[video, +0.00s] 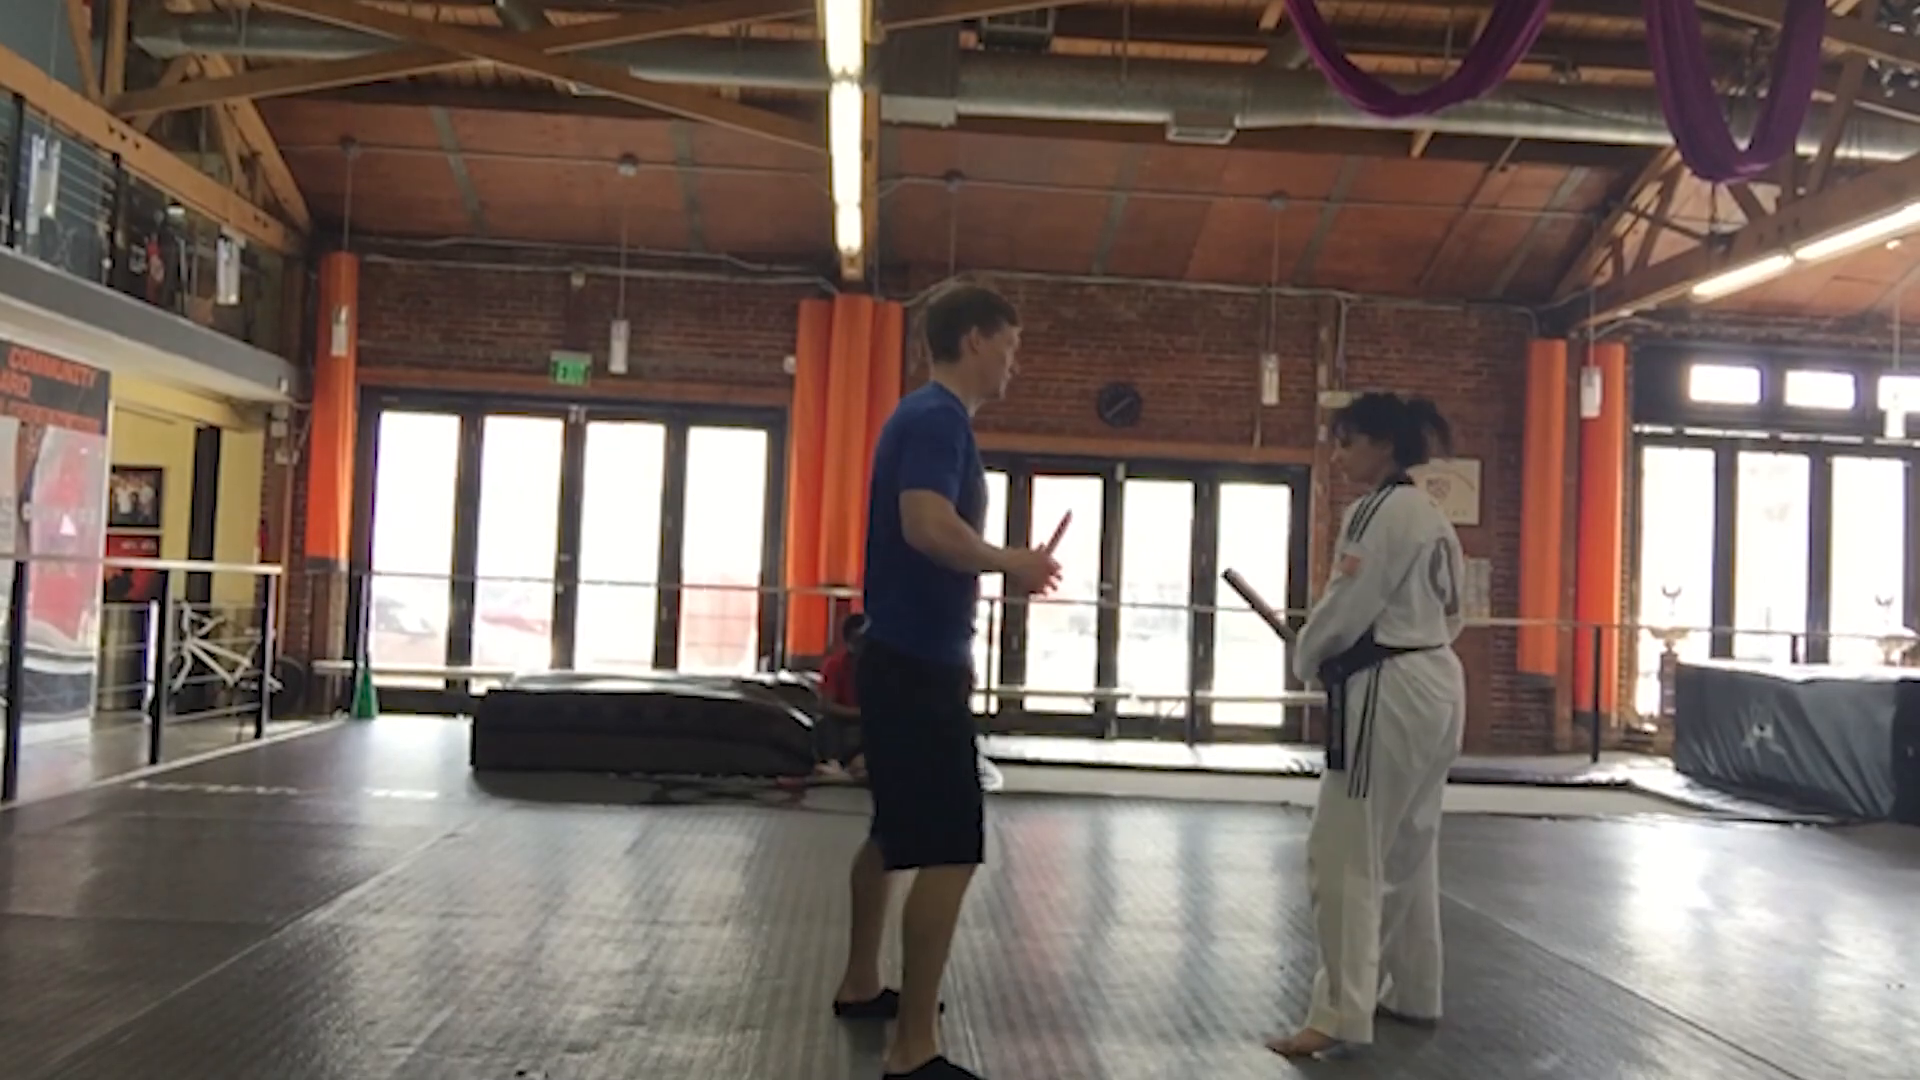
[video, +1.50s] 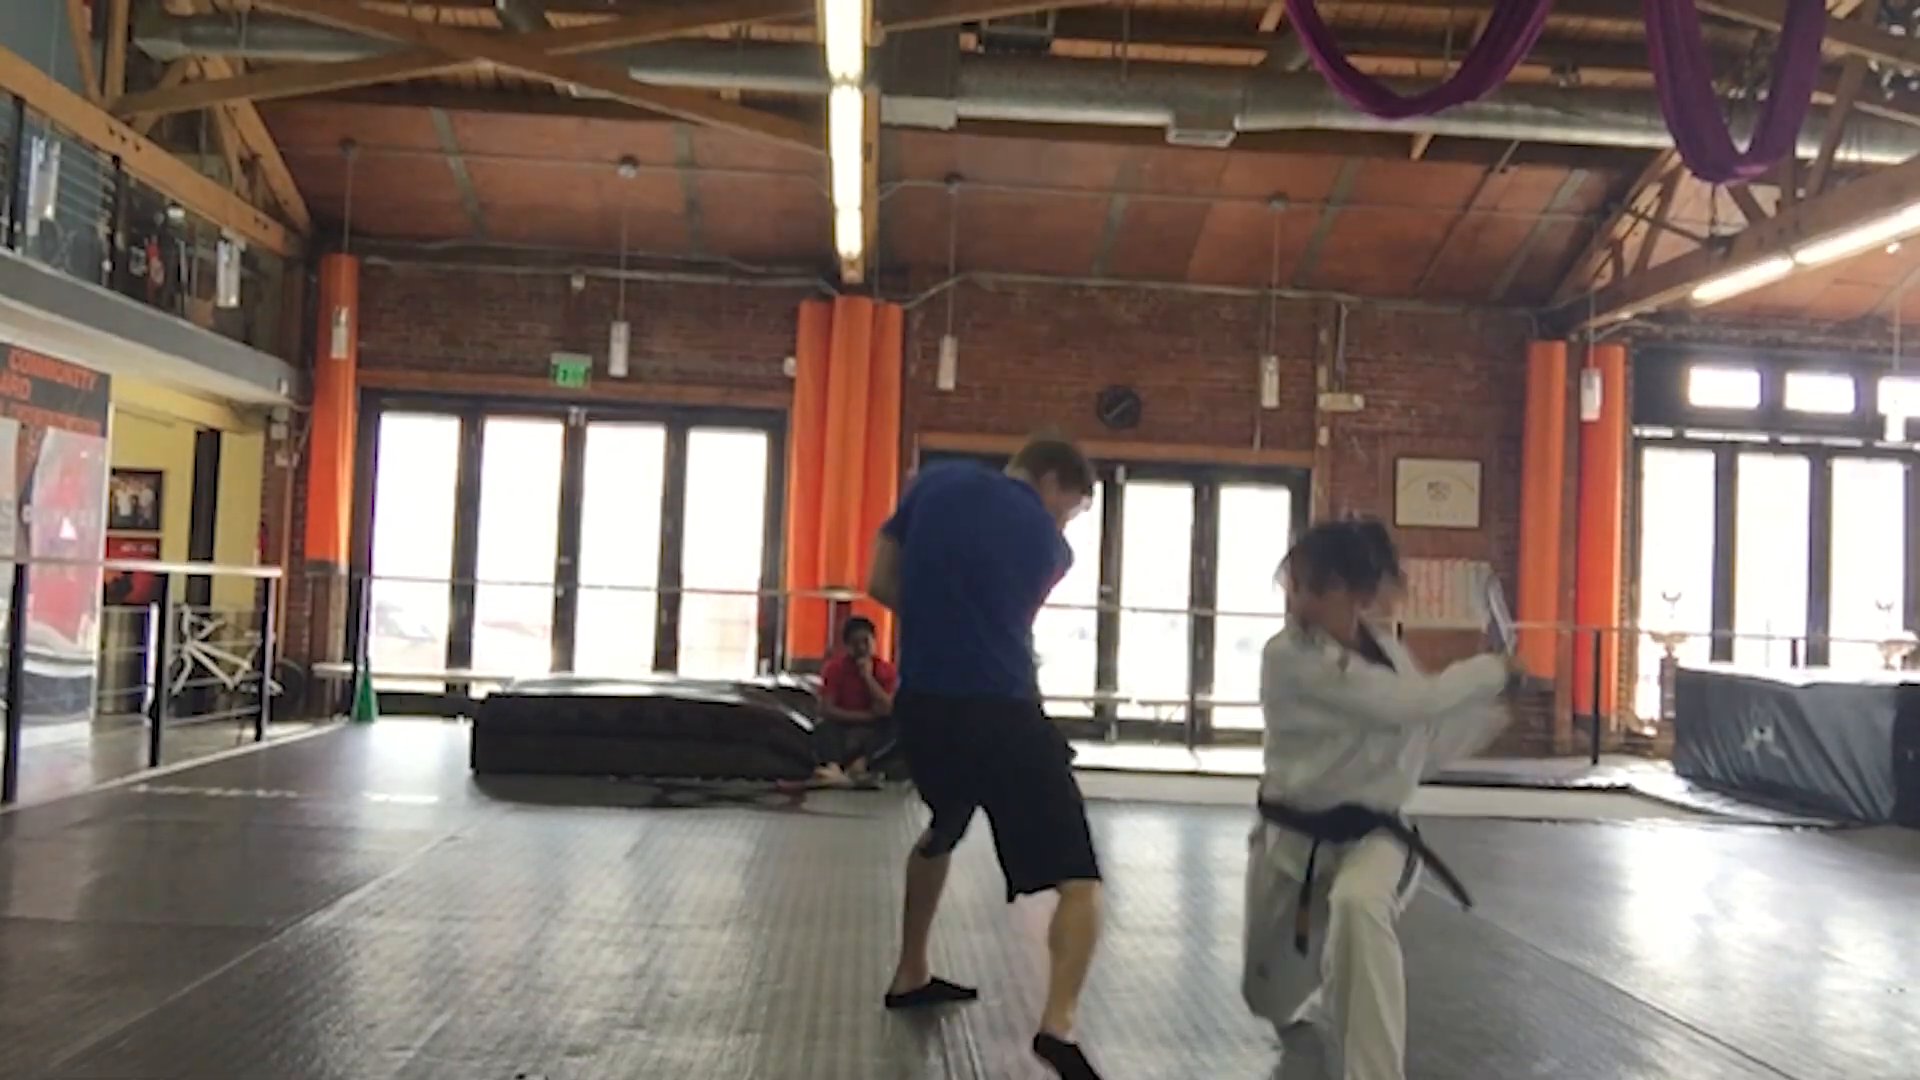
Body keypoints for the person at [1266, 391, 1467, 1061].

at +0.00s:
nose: (1339, 454)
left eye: (1350, 442)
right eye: (1338, 442)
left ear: (1386, 446)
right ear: (1389, 452)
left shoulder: (1388, 511)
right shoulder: (1422, 510)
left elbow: (1348, 608)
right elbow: (1433, 610)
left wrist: (1305, 653)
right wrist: (1311, 621)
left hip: (1393, 685)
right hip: (1434, 681)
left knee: (1342, 849)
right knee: (1410, 849)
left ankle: (1340, 1016)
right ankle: (1414, 996)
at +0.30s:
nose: (1349, 456)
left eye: (1360, 444)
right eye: (1350, 444)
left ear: (1396, 450)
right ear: (1406, 456)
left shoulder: (1390, 513)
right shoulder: (1436, 514)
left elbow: (1342, 618)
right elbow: (1455, 614)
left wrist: (1314, 667)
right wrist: (1314, 621)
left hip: (1401, 686)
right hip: (1451, 683)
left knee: (1338, 843)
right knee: (1418, 848)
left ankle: (1338, 1013)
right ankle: (1417, 999)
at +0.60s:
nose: (1340, 492)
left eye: (1351, 481)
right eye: (1343, 480)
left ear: (1384, 486)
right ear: (1410, 493)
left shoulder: (1367, 532)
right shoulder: (1451, 551)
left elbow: (1271, 598)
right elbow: (1457, 635)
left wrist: (1236, 650)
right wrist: (1372, 670)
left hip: (1414, 702)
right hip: (1476, 707)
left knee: (1313, 846)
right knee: (1411, 867)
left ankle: (1332, 1011)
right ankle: (1415, 1001)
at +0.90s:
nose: (1314, 527)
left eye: (1324, 514)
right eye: (1316, 515)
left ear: (1361, 520)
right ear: (1373, 524)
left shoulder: (1351, 565)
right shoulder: (1398, 574)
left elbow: (1307, 593)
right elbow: (1429, 653)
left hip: (1395, 743)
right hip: (1430, 741)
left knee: (1333, 907)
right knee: (1366, 884)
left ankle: (1378, 1068)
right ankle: (1410, 999)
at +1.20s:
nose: (1293, 522)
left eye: (1305, 508)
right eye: (1293, 508)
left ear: (1350, 517)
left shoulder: (1424, 594)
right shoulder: (1281, 604)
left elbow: (1497, 662)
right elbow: (1213, 657)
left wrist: (1469, 696)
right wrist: (1160, 647)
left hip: (1412, 775)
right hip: (1327, 776)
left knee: (1355, 905)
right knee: (1273, 906)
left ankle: (1370, 1071)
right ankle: (1309, 1002)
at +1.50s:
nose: (1294, 600)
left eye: (1310, 587)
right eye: (1292, 585)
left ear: (1360, 596)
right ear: (1290, 588)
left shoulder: (1389, 654)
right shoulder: (1288, 656)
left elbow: (1421, 754)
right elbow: (1403, 702)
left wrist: (1497, 709)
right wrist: (1496, 667)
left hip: (1374, 831)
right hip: (1290, 834)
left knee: (1357, 903)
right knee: (1271, 992)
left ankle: (1373, 1072)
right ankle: (1299, 1015)